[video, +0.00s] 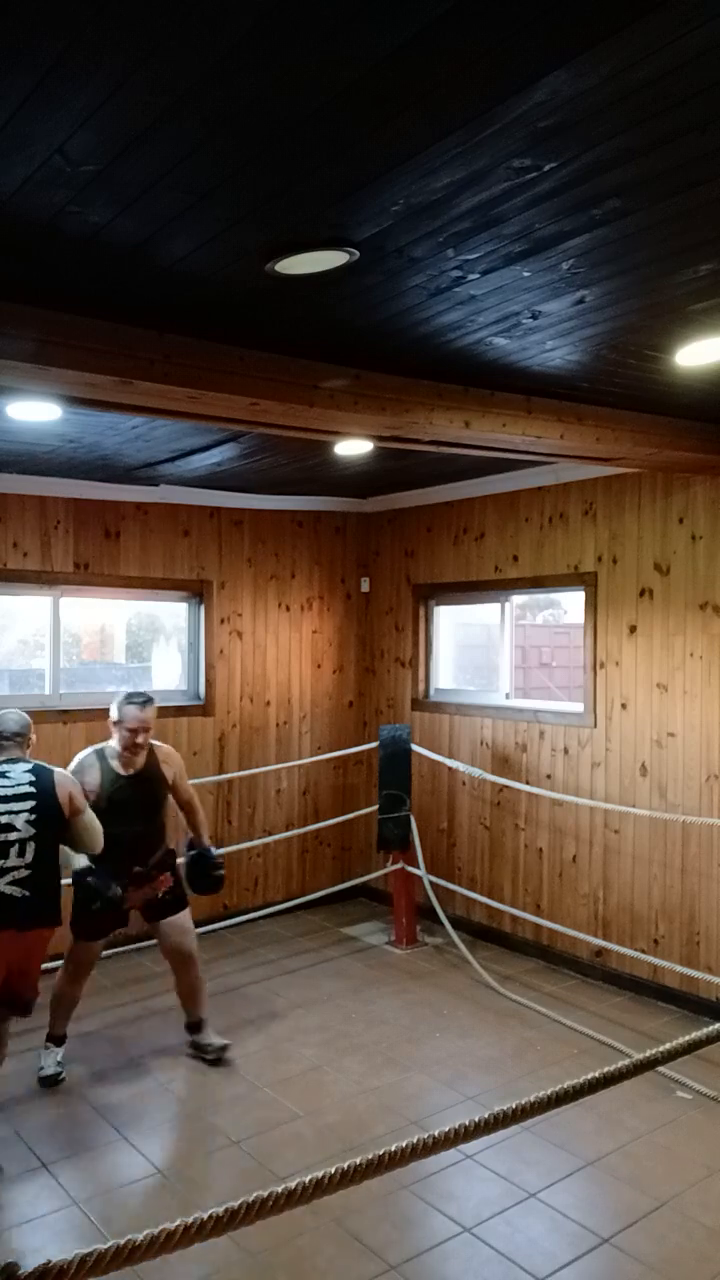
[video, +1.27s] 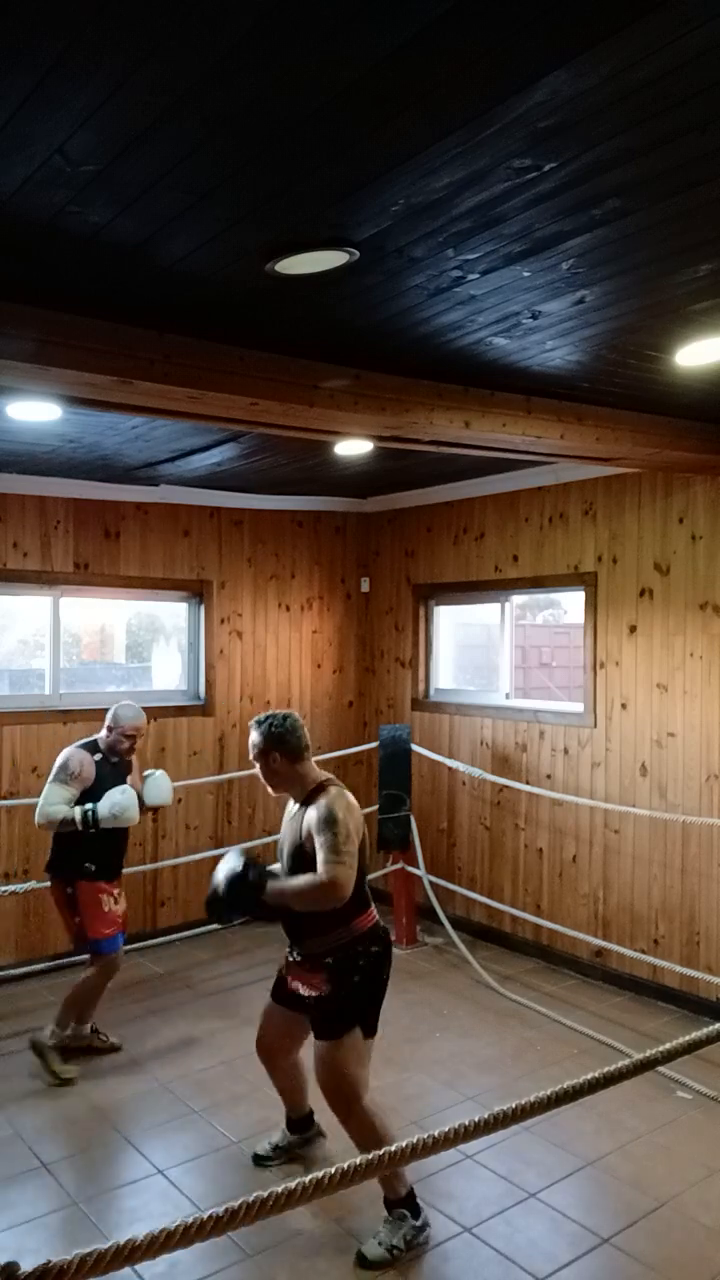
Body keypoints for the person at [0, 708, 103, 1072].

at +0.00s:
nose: (37, 742)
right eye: (36, 737)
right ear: (30, 740)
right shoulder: (56, 782)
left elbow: (92, 842)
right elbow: (94, 843)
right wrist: (48, 826)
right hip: (31, 921)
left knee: (7, 1019)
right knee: (4, 1021)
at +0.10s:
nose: (36, 747)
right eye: (35, 742)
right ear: (29, 744)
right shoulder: (50, 786)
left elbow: (86, 850)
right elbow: (85, 850)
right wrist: (39, 825)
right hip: (25, 926)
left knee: (7, 1020)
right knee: (5, 1020)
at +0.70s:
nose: (69, 749)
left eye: (72, 742)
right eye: (69, 740)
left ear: (38, 729)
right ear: (51, 735)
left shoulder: (9, 756)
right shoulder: (35, 769)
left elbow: (73, 806)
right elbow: (32, 834)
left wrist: (61, 815)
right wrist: (67, 821)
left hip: (9, 889)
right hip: (19, 894)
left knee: (32, 970)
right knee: (33, 971)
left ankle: (8, 1060)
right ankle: (7, 1063)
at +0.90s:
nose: (95, 750)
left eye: (98, 743)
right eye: (91, 742)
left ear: (68, 736)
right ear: (69, 736)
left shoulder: (36, 757)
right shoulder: (49, 771)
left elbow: (44, 822)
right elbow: (56, 838)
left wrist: (80, 798)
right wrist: (98, 813)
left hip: (21, 888)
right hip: (33, 894)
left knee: (35, 975)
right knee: (45, 978)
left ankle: (7, 1048)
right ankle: (9, 1063)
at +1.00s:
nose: (107, 743)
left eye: (110, 736)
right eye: (103, 736)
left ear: (92, 730)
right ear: (81, 729)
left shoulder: (76, 756)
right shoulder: (56, 760)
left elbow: (73, 806)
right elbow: (58, 826)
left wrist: (101, 794)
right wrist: (102, 806)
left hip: (65, 880)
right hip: (39, 885)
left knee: (78, 941)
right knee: (44, 970)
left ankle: (50, 1032)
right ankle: (9, 1060)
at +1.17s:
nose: (124, 744)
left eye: (128, 738)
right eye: (119, 737)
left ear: (126, 736)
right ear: (99, 732)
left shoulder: (109, 762)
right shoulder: (70, 762)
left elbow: (101, 806)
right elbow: (53, 818)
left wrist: (130, 795)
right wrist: (106, 811)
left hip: (93, 880)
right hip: (65, 884)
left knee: (104, 948)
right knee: (84, 963)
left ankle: (80, 1032)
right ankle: (23, 1046)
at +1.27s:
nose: (133, 745)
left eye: (138, 738)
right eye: (128, 737)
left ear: (139, 735)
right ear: (107, 729)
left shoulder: (126, 758)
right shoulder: (78, 759)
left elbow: (126, 804)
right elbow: (46, 812)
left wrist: (148, 796)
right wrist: (96, 812)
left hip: (107, 875)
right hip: (77, 877)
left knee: (109, 958)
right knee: (107, 961)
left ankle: (80, 1032)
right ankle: (51, 1039)